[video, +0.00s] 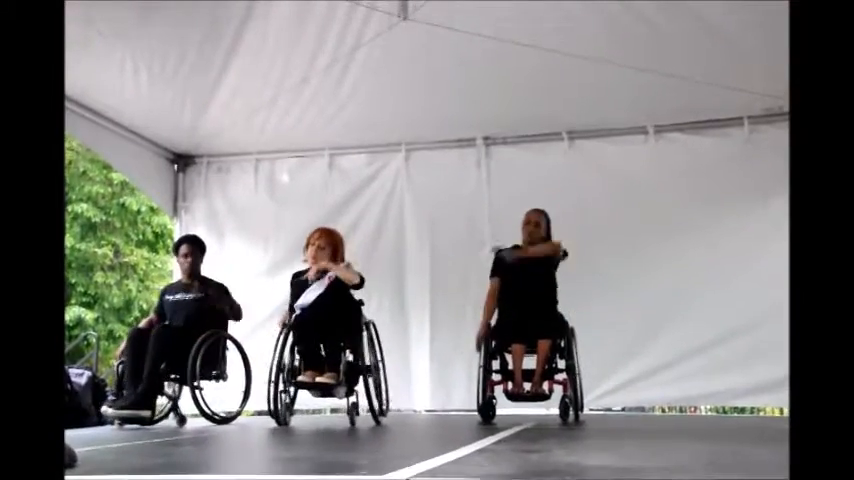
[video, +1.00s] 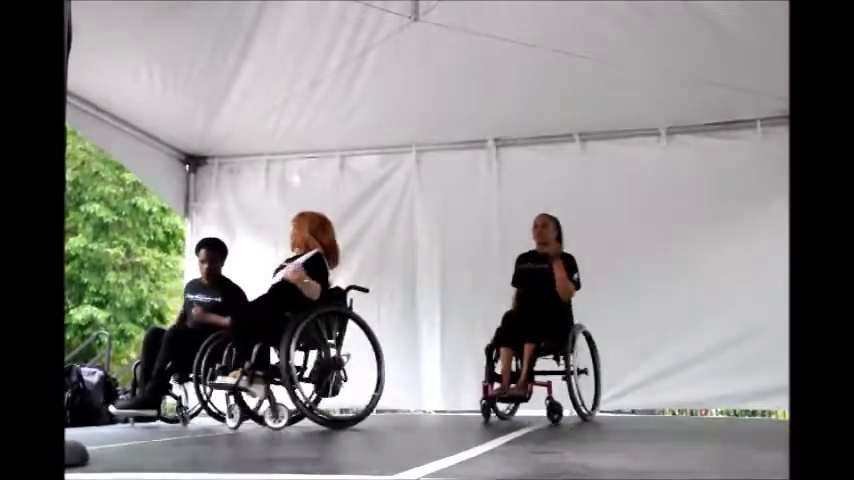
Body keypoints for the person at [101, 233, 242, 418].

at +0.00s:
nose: (190, 261)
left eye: (195, 256)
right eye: (185, 256)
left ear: (201, 258)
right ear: (177, 259)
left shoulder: (215, 289)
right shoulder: (168, 291)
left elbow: (237, 315)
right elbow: (156, 319)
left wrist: (211, 297)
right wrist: (129, 340)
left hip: (205, 353)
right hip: (175, 352)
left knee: (162, 333)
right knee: (136, 334)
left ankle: (146, 401)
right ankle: (132, 398)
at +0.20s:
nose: (194, 261)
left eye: (198, 256)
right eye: (189, 256)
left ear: (203, 259)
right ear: (179, 260)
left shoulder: (217, 288)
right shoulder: (169, 293)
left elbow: (243, 299)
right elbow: (150, 321)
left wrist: (261, 295)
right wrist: (126, 345)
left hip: (206, 355)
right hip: (176, 353)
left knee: (163, 335)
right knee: (136, 335)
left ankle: (145, 403)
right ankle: (131, 400)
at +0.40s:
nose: (199, 261)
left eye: (202, 257)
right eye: (193, 256)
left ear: (207, 260)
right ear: (182, 260)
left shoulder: (219, 289)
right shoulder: (169, 293)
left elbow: (246, 300)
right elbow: (145, 322)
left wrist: (268, 296)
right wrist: (124, 349)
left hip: (209, 356)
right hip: (178, 355)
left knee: (168, 334)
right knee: (140, 335)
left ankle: (149, 403)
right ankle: (134, 401)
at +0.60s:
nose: (205, 263)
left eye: (209, 259)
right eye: (200, 258)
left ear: (213, 261)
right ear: (188, 259)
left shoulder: (225, 294)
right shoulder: (173, 292)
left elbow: (254, 321)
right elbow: (150, 321)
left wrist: (242, 306)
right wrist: (127, 349)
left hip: (212, 359)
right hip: (181, 358)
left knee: (172, 336)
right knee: (147, 334)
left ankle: (153, 402)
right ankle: (139, 400)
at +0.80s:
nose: (211, 265)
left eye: (216, 261)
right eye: (207, 260)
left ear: (222, 263)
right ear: (198, 260)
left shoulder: (231, 296)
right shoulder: (182, 289)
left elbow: (245, 322)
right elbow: (159, 316)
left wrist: (209, 320)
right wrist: (137, 345)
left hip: (213, 359)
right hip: (183, 353)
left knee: (177, 335)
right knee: (151, 335)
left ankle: (157, 401)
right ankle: (144, 399)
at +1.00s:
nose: (207, 267)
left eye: (212, 262)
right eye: (203, 262)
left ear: (222, 262)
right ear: (197, 262)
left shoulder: (233, 292)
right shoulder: (192, 287)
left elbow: (238, 324)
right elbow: (184, 314)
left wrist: (207, 317)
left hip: (218, 350)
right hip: (192, 346)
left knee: (174, 335)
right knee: (154, 335)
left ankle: (153, 399)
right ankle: (144, 398)